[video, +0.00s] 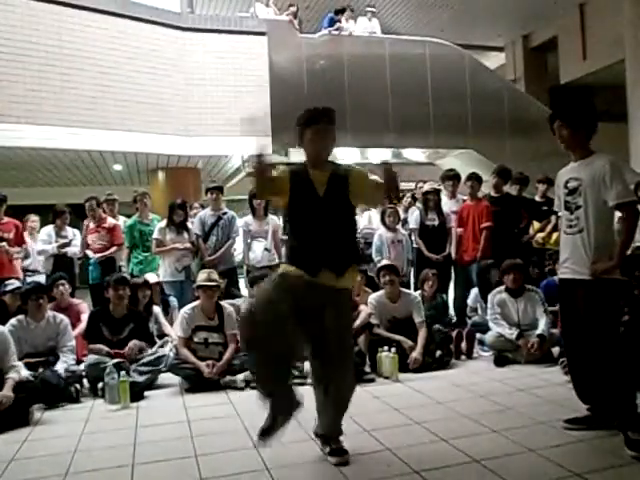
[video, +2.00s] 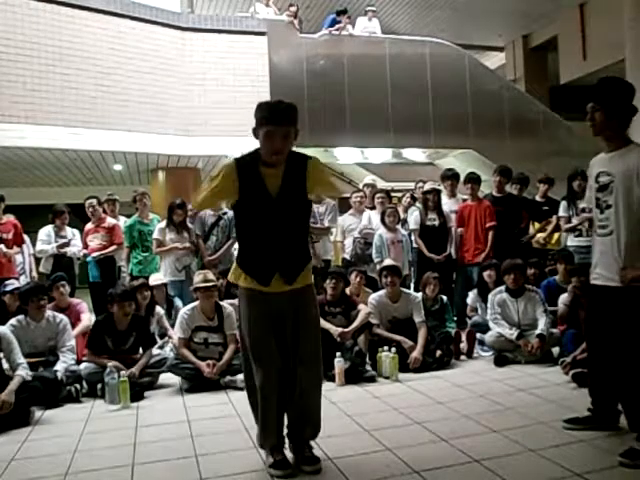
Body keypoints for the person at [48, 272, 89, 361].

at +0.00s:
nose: (61, 289)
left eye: (63, 285)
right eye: (57, 286)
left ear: (70, 288)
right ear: (52, 293)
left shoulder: (80, 305)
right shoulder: (50, 309)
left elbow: (84, 322)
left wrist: (72, 335)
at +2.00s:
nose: (61, 290)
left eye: (63, 286)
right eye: (57, 288)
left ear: (69, 288)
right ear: (52, 293)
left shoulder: (79, 305)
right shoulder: (49, 310)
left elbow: (86, 322)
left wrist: (70, 336)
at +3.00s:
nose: (65, 293)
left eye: (67, 289)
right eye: (60, 291)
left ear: (73, 291)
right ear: (56, 296)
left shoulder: (84, 307)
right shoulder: (54, 311)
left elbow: (90, 325)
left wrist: (75, 338)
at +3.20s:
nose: (64, 293)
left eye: (66, 289)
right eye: (60, 291)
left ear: (73, 291)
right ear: (55, 296)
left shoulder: (83, 307)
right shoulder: (53, 312)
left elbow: (90, 324)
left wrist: (75, 338)